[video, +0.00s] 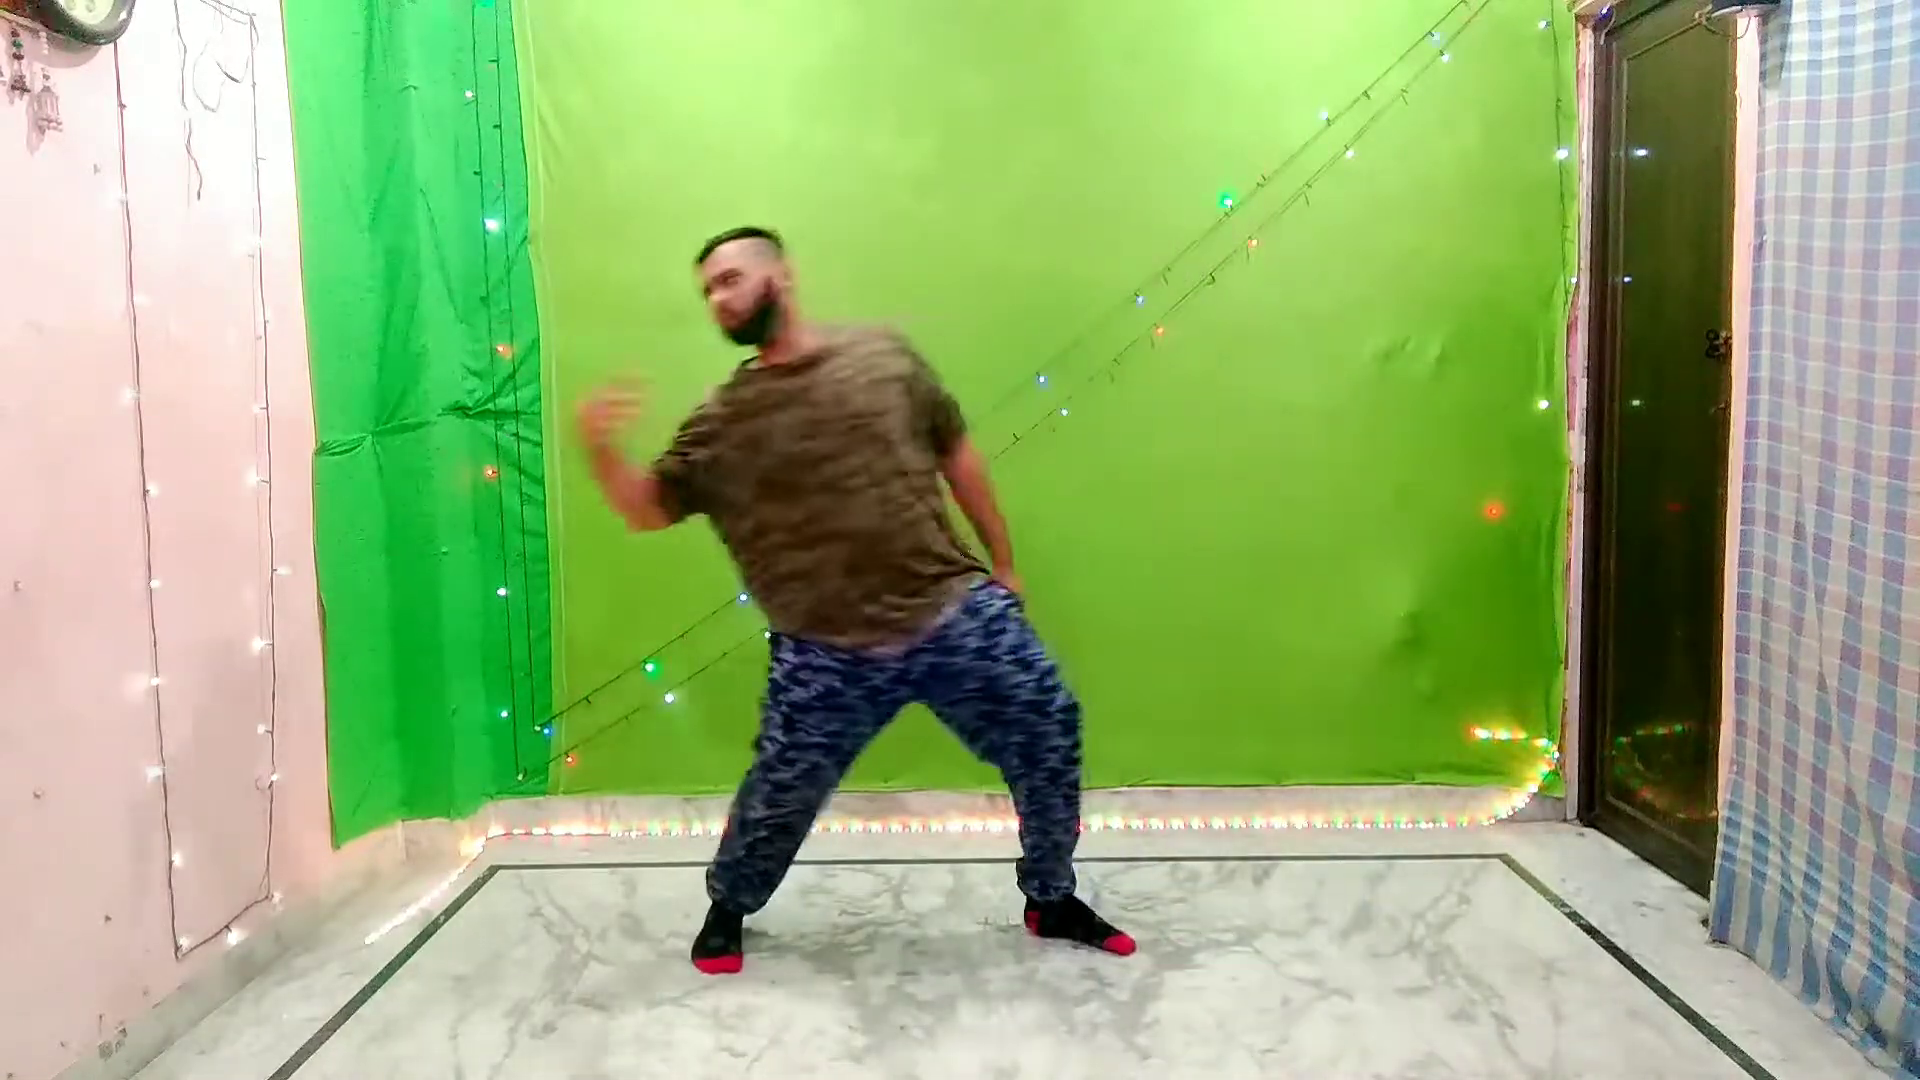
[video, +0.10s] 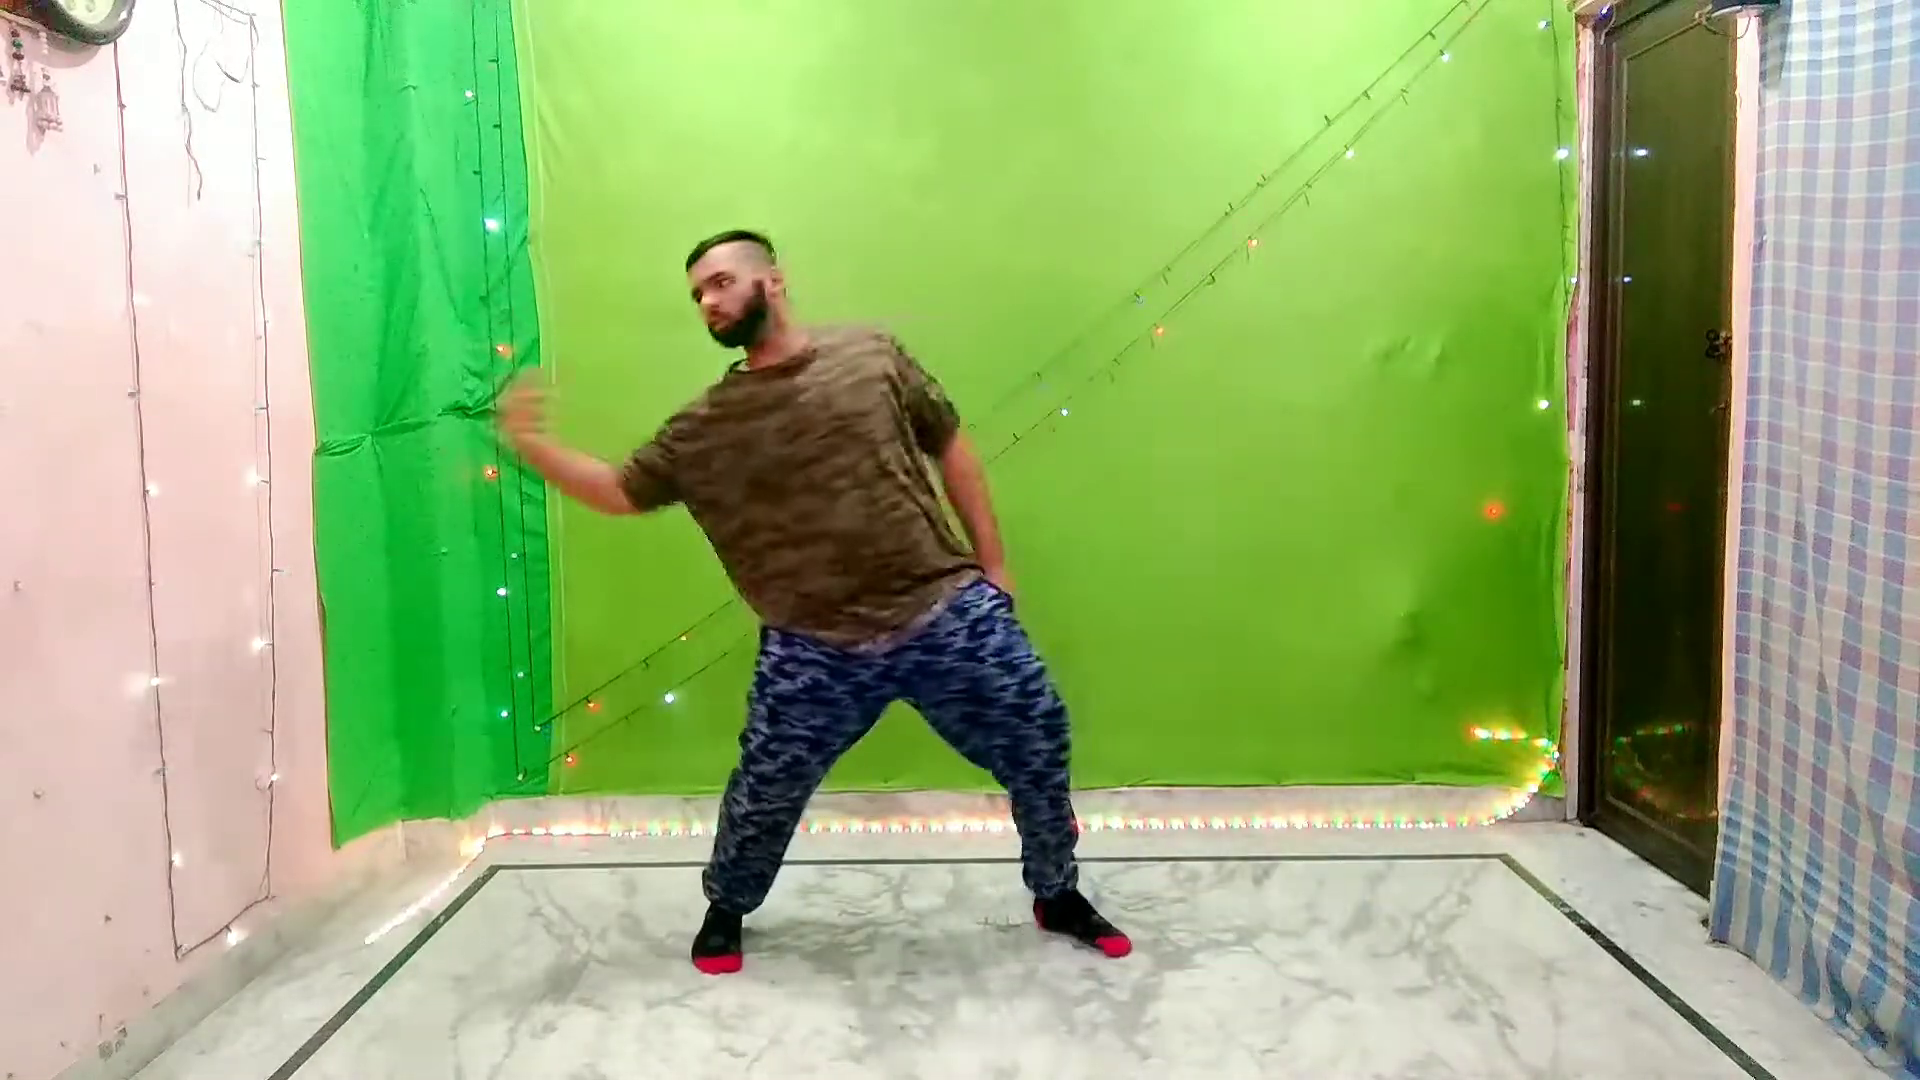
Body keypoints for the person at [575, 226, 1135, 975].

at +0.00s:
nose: (720, 296)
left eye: (731, 277)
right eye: (709, 290)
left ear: (782, 273)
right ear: (710, 311)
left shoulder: (884, 358)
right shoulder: (722, 423)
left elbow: (955, 451)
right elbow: (650, 507)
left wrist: (1002, 562)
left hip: (950, 610)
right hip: (825, 645)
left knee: (1048, 728)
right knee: (783, 790)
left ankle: (1051, 897)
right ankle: (726, 912)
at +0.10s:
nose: (708, 302)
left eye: (720, 281)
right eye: (699, 294)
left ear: (774, 277)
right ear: (702, 313)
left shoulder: (872, 355)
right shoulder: (704, 429)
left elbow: (949, 447)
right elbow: (618, 490)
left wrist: (992, 564)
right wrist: (530, 443)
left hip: (941, 608)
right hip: (813, 642)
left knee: (1036, 735)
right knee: (768, 788)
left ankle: (1057, 894)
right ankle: (724, 916)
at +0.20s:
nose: (777, 261)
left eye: (783, 249)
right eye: (754, 261)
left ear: (809, 268)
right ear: (731, 298)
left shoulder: (883, 351)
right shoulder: (708, 414)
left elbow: (990, 397)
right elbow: (610, 461)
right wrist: (494, 443)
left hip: (935, 607)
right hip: (807, 633)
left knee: (1024, 741)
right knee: (766, 783)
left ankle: (1063, 894)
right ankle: (724, 917)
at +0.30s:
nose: (824, 256)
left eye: (821, 246)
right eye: (801, 253)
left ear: (829, 266)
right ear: (760, 286)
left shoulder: (900, 347)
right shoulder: (721, 405)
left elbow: (1007, 362)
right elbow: (624, 452)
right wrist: (502, 443)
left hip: (937, 607)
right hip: (810, 631)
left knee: (1023, 745)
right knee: (766, 782)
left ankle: (1063, 896)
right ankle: (724, 915)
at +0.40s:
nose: (856, 251)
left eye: (852, 241)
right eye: (834, 247)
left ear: (843, 267)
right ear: (789, 279)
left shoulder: (926, 329)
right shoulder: (743, 395)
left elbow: (1031, 289)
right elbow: (645, 440)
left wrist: (1129, 244)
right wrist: (523, 437)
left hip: (946, 603)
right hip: (814, 622)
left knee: (1029, 744)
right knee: (768, 777)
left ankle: (1062, 899)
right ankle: (721, 922)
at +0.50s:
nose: (859, 255)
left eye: (855, 244)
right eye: (838, 249)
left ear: (852, 266)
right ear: (792, 280)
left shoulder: (925, 335)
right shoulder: (744, 395)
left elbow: (1032, 322)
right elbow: (646, 442)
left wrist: (1098, 247)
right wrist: (529, 432)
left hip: (948, 599)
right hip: (818, 618)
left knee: (1025, 734)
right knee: (769, 764)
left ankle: (1061, 894)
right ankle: (728, 904)